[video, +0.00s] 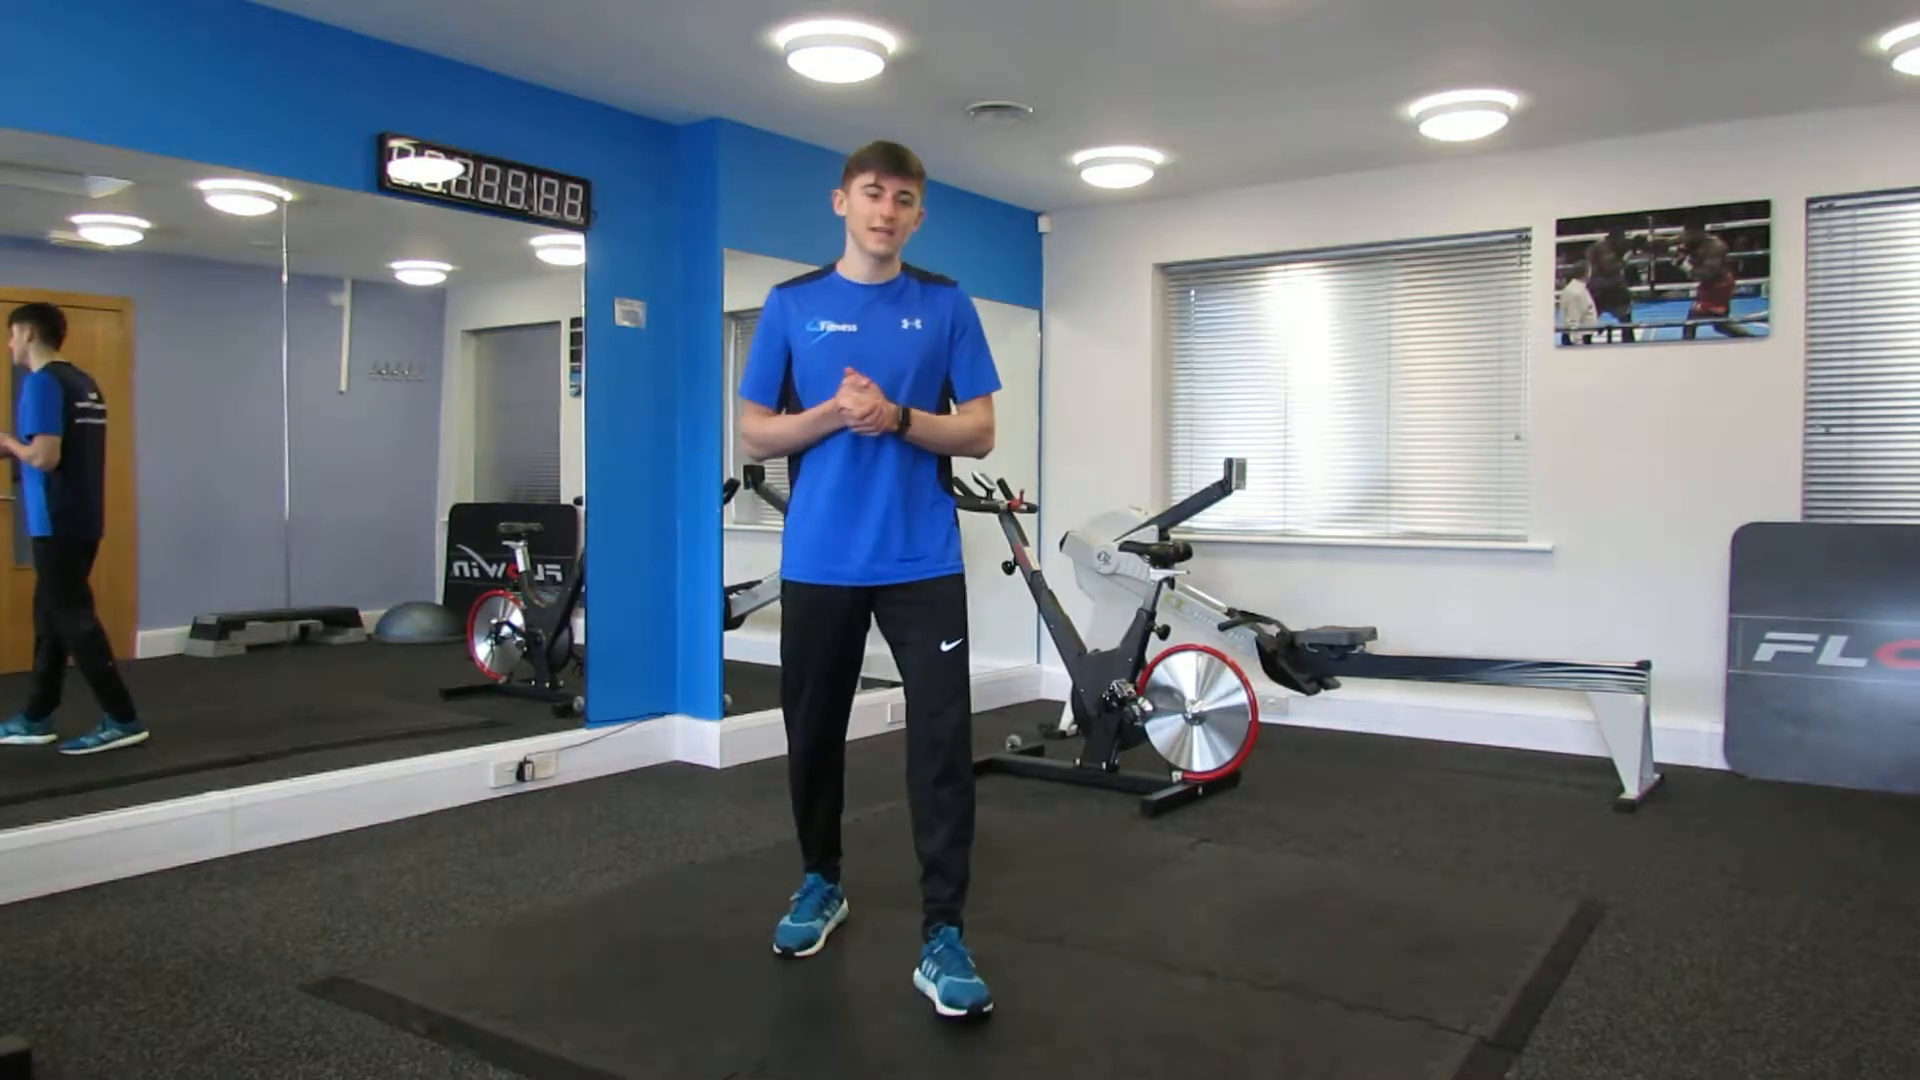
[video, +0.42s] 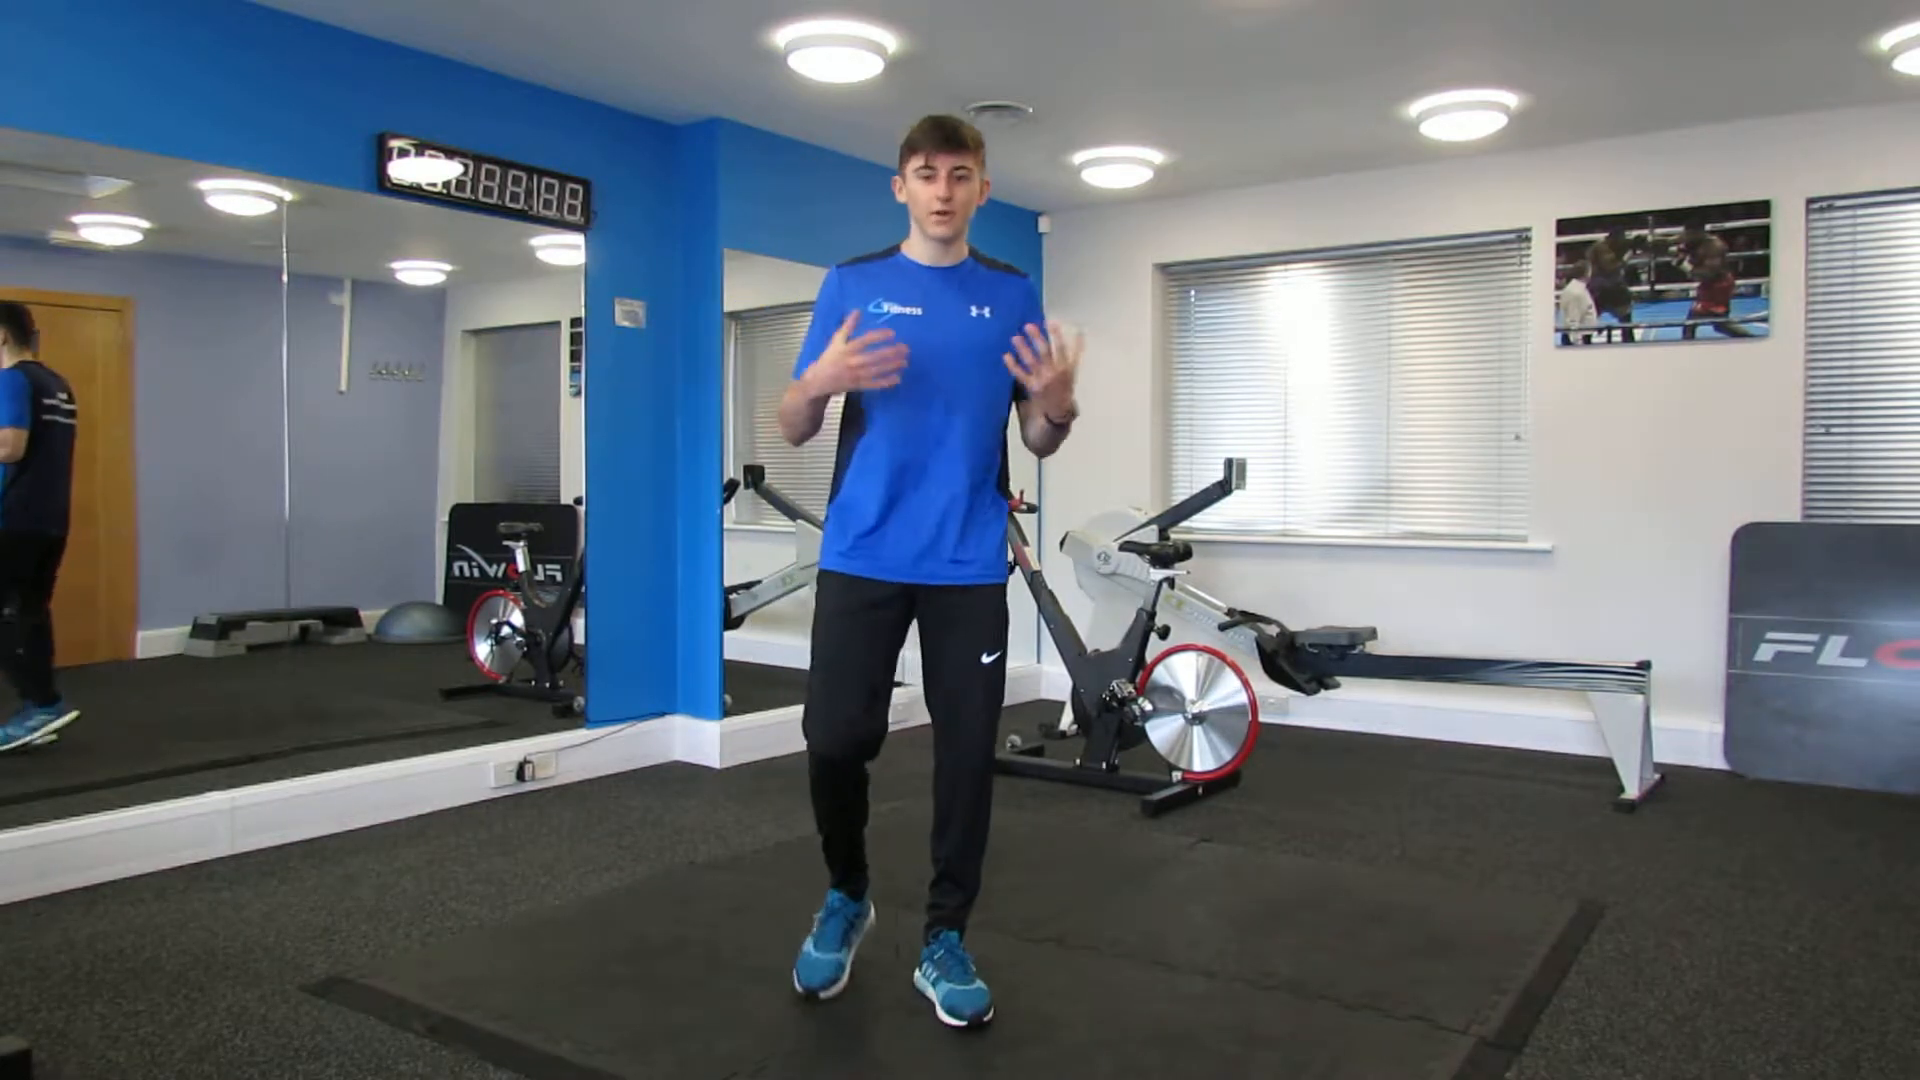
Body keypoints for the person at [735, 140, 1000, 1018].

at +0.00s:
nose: (887, 208)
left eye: (903, 198)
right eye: (874, 192)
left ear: (918, 216)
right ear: (842, 202)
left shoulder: (945, 304)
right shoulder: (789, 305)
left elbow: (979, 431)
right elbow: (754, 435)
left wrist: (899, 419)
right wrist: (830, 415)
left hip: (922, 557)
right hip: (821, 557)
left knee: (944, 737)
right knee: (812, 732)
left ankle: (943, 932)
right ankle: (820, 882)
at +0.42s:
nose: (944, 191)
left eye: (960, 176)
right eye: (928, 175)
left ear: (982, 190)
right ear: (901, 187)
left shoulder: (1013, 294)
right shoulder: (851, 286)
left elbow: (1040, 440)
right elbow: (792, 427)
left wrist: (1055, 400)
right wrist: (822, 378)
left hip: (969, 556)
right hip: (863, 549)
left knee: (968, 753)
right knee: (835, 741)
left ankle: (946, 938)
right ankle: (846, 897)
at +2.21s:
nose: (1026, 164)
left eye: (1042, 151)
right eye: (1009, 149)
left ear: (1065, 170)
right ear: (978, 165)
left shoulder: (1105, 281)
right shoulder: (927, 278)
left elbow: (1134, 424)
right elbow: (888, 428)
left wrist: (1075, 435)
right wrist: (974, 356)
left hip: (1056, 563)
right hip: (941, 557)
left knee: (1059, 770)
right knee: (909, 769)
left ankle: (1039, 960)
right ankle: (895, 987)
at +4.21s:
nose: (1045, 197)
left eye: (1061, 184)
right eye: (1029, 183)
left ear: (1080, 201)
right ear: (1002, 196)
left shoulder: (1115, 302)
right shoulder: (953, 300)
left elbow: (1150, 433)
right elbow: (905, 434)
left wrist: (1072, 423)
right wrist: (988, 411)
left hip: (1073, 565)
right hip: (970, 560)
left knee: (1074, 746)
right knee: (945, 737)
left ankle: (1046, 910)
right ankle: (963, 879)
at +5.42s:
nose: (973, 134)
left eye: (992, 114)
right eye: (955, 121)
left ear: (1032, 126)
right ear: (937, 141)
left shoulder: (1099, 243)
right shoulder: (914, 271)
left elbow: (1147, 413)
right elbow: (881, 441)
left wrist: (1006, 407)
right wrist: (904, 402)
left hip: (1041, 571)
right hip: (928, 570)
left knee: (1044, 799)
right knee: (915, 792)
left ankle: (1160, 991)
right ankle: (936, 1004)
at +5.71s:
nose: (1006, 136)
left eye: (1024, 108)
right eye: (994, 122)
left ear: (1085, 110)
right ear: (992, 142)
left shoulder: (1162, 233)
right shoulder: (1017, 266)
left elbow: (1224, 410)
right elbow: (1024, 432)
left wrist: (1055, 428)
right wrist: (958, 391)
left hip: (1122, 593)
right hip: (1019, 586)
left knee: (1141, 827)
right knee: (969, 800)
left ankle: (1210, 1044)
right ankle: (960, 1007)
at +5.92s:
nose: (1025, 140)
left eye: (1041, 114)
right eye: (1021, 121)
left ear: (1107, 111)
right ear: (1074, 124)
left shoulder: (1194, 232)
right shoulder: (1078, 253)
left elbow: (1255, 408)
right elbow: (1116, 405)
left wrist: (1084, 435)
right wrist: (1031, 397)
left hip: (1178, 587)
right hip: (1090, 578)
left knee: (1179, 819)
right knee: (1062, 799)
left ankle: (1219, 1041)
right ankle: (1011, 1002)